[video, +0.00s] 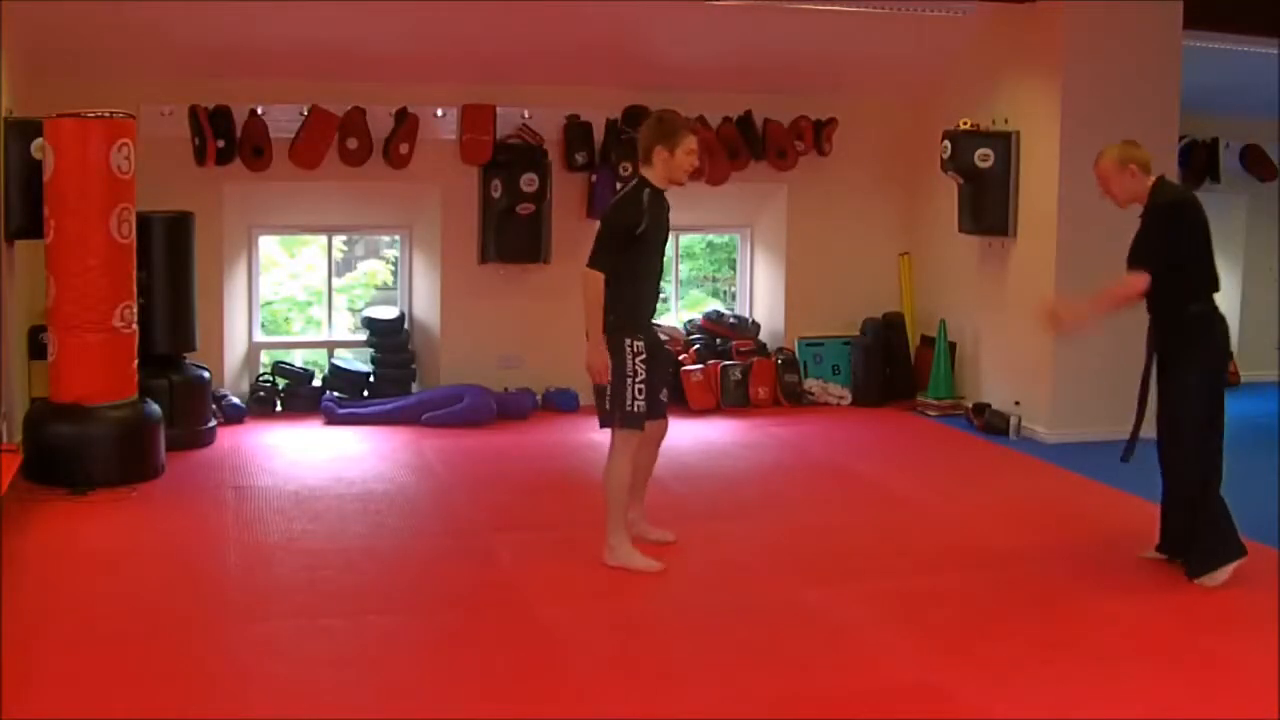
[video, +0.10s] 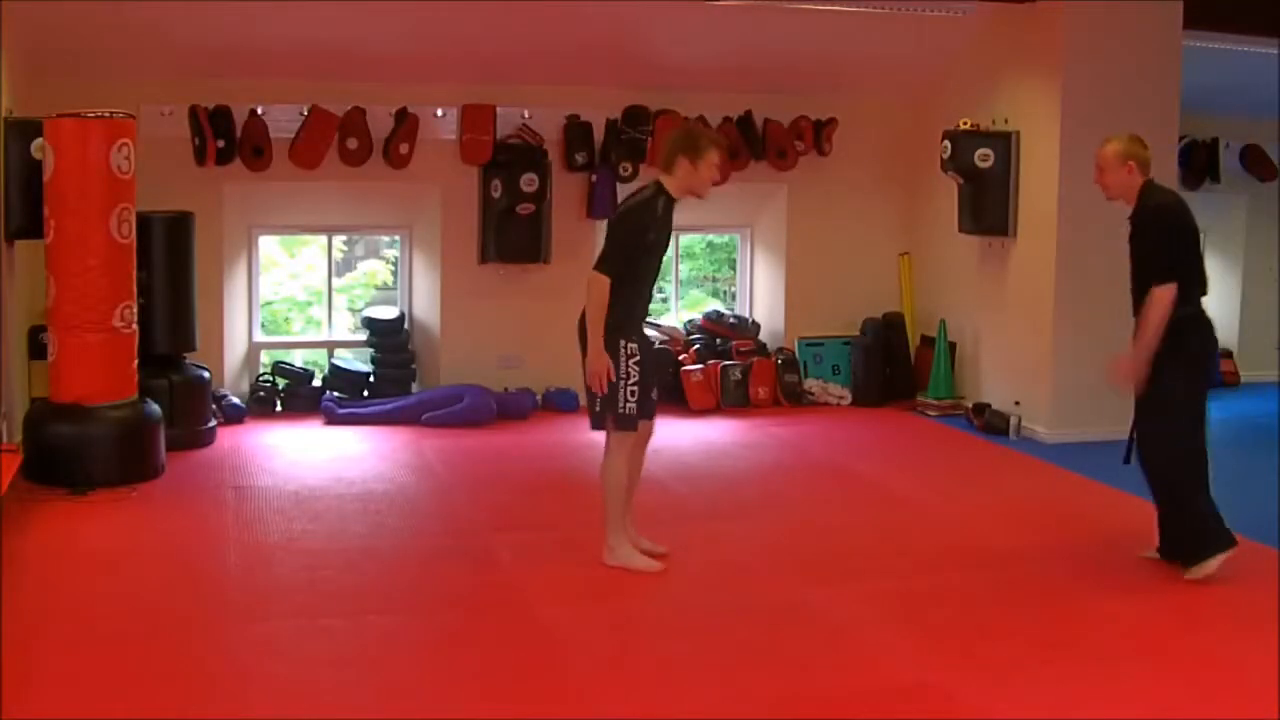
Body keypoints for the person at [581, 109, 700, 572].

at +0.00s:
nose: (695, 162)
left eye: (696, 153)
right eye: (688, 152)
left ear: (665, 155)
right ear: (659, 152)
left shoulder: (657, 203)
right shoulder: (632, 201)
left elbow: (637, 274)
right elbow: (595, 272)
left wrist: (648, 332)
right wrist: (595, 344)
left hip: (642, 332)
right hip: (621, 336)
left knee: (655, 427)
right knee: (627, 436)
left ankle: (633, 518)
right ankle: (615, 544)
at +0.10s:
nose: (715, 180)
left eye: (717, 172)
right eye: (712, 170)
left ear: (684, 165)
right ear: (684, 162)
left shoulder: (661, 206)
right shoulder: (644, 207)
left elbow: (631, 280)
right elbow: (600, 277)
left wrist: (640, 333)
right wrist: (596, 347)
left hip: (632, 332)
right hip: (616, 336)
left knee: (641, 428)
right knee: (622, 434)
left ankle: (625, 528)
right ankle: (614, 543)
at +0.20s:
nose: (734, 204)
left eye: (736, 195)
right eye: (731, 194)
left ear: (704, 188)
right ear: (706, 188)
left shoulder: (671, 221)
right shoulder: (654, 221)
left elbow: (624, 287)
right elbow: (599, 284)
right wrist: (595, 350)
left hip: (618, 330)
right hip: (603, 331)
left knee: (628, 430)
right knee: (617, 432)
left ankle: (623, 533)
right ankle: (614, 543)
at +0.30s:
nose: (750, 232)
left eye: (753, 223)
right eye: (749, 221)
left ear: (721, 214)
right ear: (723, 214)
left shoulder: (681, 235)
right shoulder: (665, 233)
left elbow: (619, 288)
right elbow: (600, 284)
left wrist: (607, 341)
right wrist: (589, 351)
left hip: (609, 331)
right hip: (593, 334)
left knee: (616, 431)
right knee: (607, 433)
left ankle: (620, 534)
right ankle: (612, 543)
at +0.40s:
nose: (756, 234)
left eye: (758, 225)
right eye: (754, 224)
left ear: (726, 217)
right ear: (729, 217)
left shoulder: (684, 237)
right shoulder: (669, 235)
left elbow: (623, 288)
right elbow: (603, 283)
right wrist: (589, 351)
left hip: (611, 331)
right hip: (595, 334)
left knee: (616, 432)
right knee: (606, 434)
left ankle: (620, 534)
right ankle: (612, 544)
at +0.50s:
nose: (751, 214)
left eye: (753, 204)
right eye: (748, 202)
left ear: (722, 197)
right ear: (722, 197)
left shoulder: (683, 226)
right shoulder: (666, 225)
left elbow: (628, 291)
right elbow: (608, 283)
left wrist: (655, 330)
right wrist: (598, 351)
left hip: (620, 332)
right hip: (605, 333)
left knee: (628, 433)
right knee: (617, 435)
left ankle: (622, 534)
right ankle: (614, 544)